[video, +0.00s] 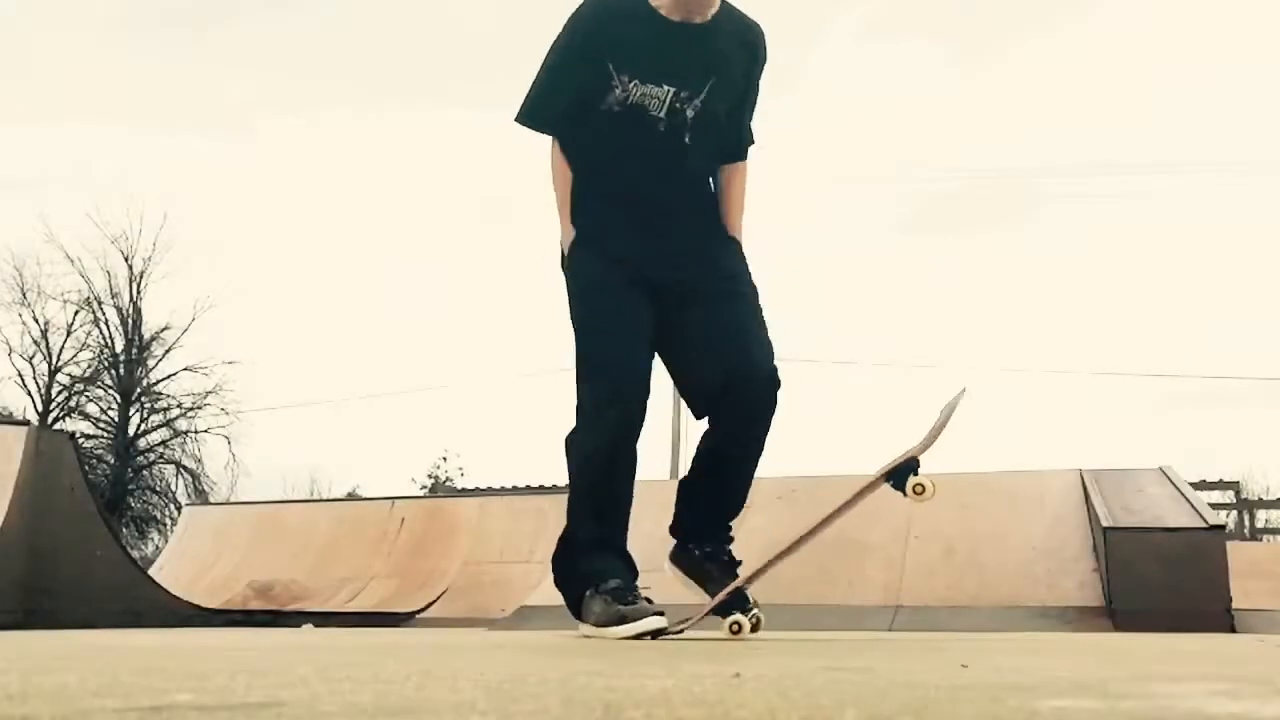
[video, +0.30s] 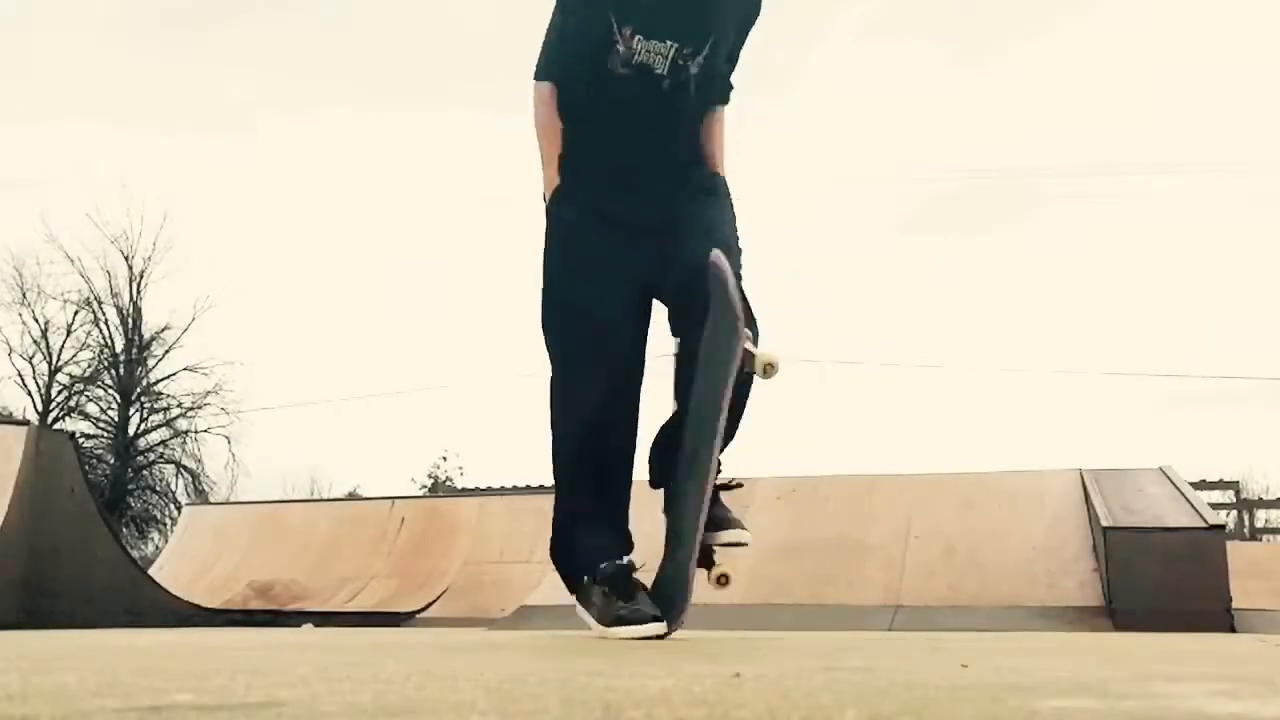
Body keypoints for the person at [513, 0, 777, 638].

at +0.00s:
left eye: (715, 1)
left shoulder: (742, 38)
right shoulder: (601, 18)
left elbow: (733, 153)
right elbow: (565, 137)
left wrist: (730, 248)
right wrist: (571, 235)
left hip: (699, 246)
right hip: (607, 245)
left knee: (750, 385)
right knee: (614, 406)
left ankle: (702, 536)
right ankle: (596, 577)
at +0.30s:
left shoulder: (738, 7)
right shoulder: (586, 8)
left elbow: (711, 101)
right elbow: (549, 85)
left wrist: (715, 197)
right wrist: (556, 191)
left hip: (689, 189)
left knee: (727, 329)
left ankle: (690, 474)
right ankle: (594, 564)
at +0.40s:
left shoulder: (744, 6)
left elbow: (738, 64)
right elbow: (560, 34)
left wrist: (727, 154)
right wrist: (554, 125)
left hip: (692, 140)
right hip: (595, 129)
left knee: (682, 296)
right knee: (606, 277)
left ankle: (653, 478)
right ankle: (569, 468)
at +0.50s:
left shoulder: (755, 6)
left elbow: (753, 49)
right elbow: (572, 16)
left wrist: (734, 137)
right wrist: (559, 90)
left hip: (688, 107)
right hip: (595, 89)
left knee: (666, 293)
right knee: (583, 208)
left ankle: (641, 481)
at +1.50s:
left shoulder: (664, 8)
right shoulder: (495, 4)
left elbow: (673, 46)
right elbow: (499, 53)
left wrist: (663, 154)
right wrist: (489, 136)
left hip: (622, 128)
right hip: (523, 122)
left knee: (606, 318)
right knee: (480, 213)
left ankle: (599, 496)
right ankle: (459, 368)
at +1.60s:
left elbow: (637, 14)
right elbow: (464, 34)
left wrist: (625, 117)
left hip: (583, 100)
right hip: (481, 90)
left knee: (584, 290)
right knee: (429, 158)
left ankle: (589, 486)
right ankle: (454, 313)